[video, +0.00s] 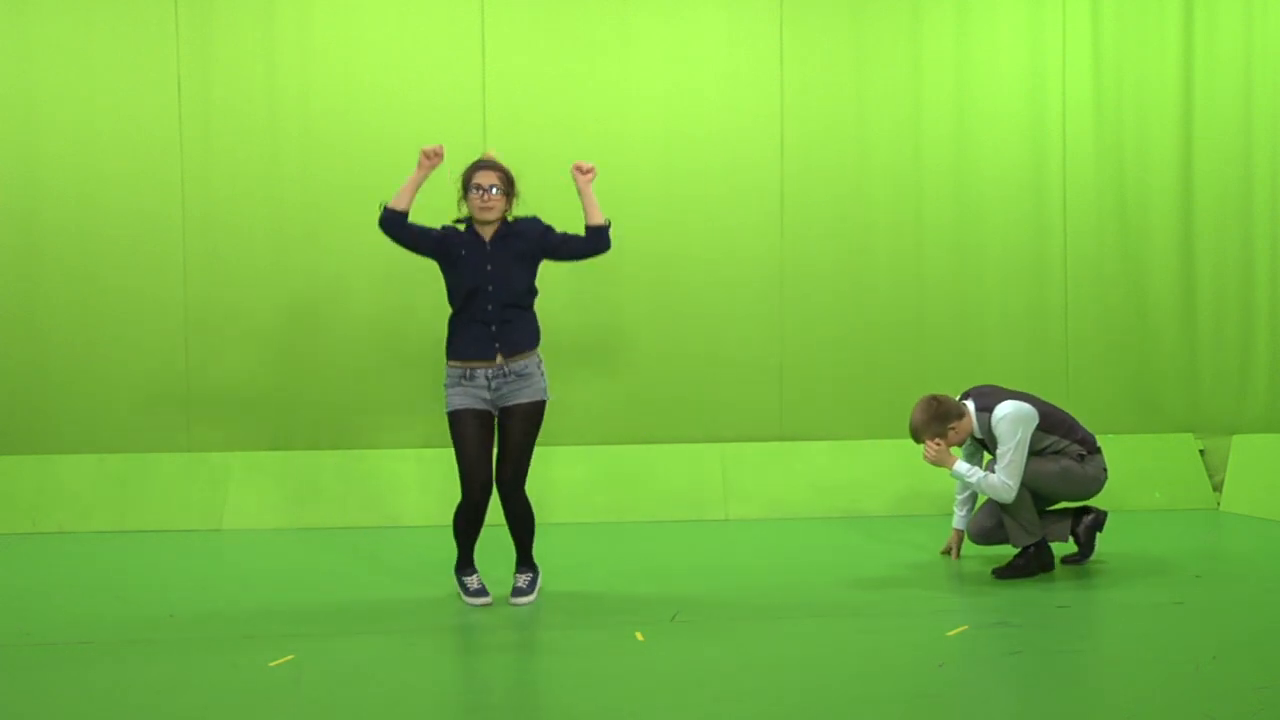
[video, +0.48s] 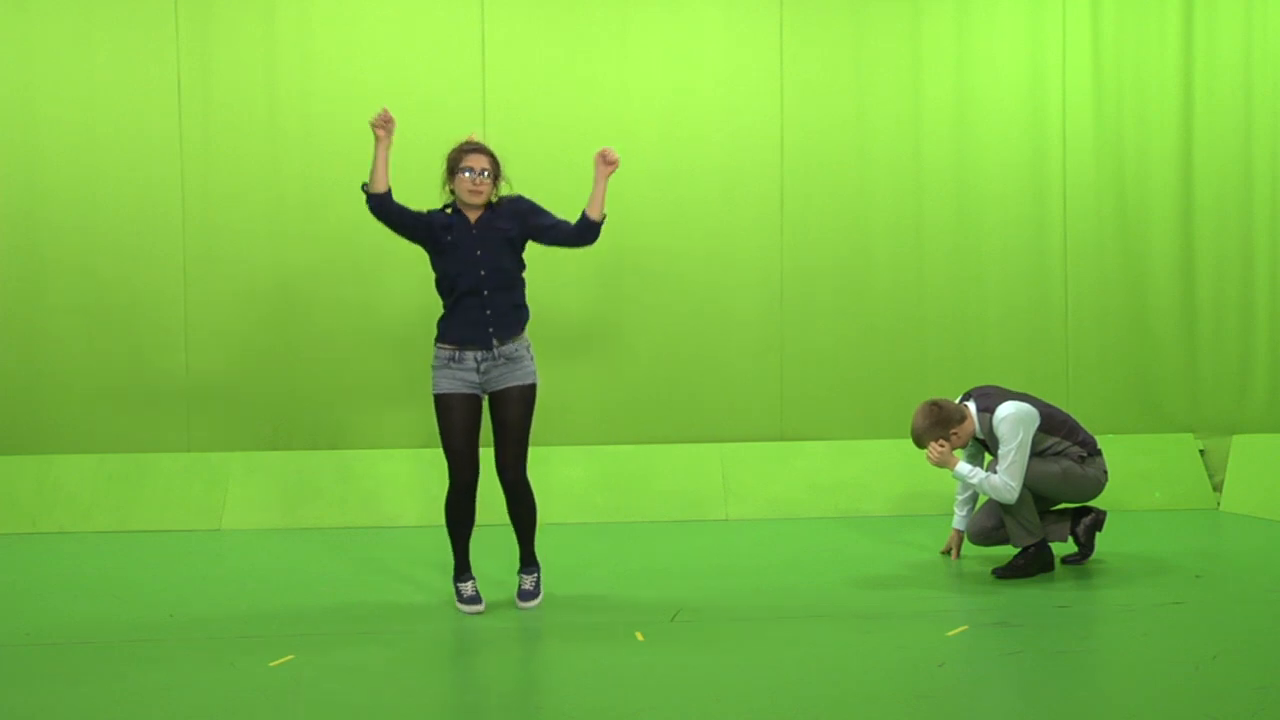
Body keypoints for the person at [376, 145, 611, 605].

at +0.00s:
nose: (485, 195)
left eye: (494, 189)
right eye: (477, 189)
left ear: (508, 198)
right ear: (465, 198)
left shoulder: (529, 237)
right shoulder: (448, 244)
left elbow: (596, 243)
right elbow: (391, 223)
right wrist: (421, 172)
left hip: (523, 375)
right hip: (466, 379)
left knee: (510, 483)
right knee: (477, 488)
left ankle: (525, 567)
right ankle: (466, 567)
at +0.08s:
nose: (485, 211)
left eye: (494, 205)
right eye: (476, 205)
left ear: (509, 214)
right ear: (466, 216)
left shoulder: (533, 262)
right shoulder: (449, 265)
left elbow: (597, 269)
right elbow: (385, 251)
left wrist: (579, 214)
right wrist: (422, 210)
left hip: (524, 395)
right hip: (467, 398)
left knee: (507, 495)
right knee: (476, 501)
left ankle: (525, 571)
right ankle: (467, 570)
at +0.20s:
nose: (484, 187)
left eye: (492, 181)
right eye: (475, 181)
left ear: (505, 191)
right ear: (462, 191)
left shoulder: (529, 235)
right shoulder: (444, 241)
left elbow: (597, 228)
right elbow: (379, 223)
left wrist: (629, 178)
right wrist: (386, 160)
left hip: (521, 374)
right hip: (463, 378)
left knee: (515, 477)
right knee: (471, 485)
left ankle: (527, 567)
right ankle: (465, 568)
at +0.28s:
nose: (484, 164)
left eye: (492, 157)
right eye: (475, 157)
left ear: (504, 167)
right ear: (459, 167)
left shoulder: (526, 206)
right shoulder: (441, 215)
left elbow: (592, 189)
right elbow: (380, 188)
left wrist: (653, 165)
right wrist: (352, 125)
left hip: (519, 351)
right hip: (461, 355)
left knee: (518, 458)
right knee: (468, 465)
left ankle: (529, 557)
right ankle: (455, 562)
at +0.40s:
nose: (479, 159)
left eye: (488, 153)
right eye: (470, 152)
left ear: (499, 162)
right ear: (455, 161)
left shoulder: (520, 197)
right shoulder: (437, 207)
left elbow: (592, 200)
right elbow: (383, 172)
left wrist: (635, 156)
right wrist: (352, 117)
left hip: (515, 340)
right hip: (456, 344)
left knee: (514, 452)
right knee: (466, 458)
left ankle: (532, 551)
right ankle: (458, 561)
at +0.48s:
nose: (476, 178)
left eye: (484, 172)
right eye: (467, 171)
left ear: (495, 182)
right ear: (451, 180)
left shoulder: (515, 215)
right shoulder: (436, 225)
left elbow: (583, 234)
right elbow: (381, 205)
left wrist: (601, 178)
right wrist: (382, 144)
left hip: (511, 357)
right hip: (453, 361)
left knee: (511, 469)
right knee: (463, 474)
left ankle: (529, 566)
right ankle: (463, 573)